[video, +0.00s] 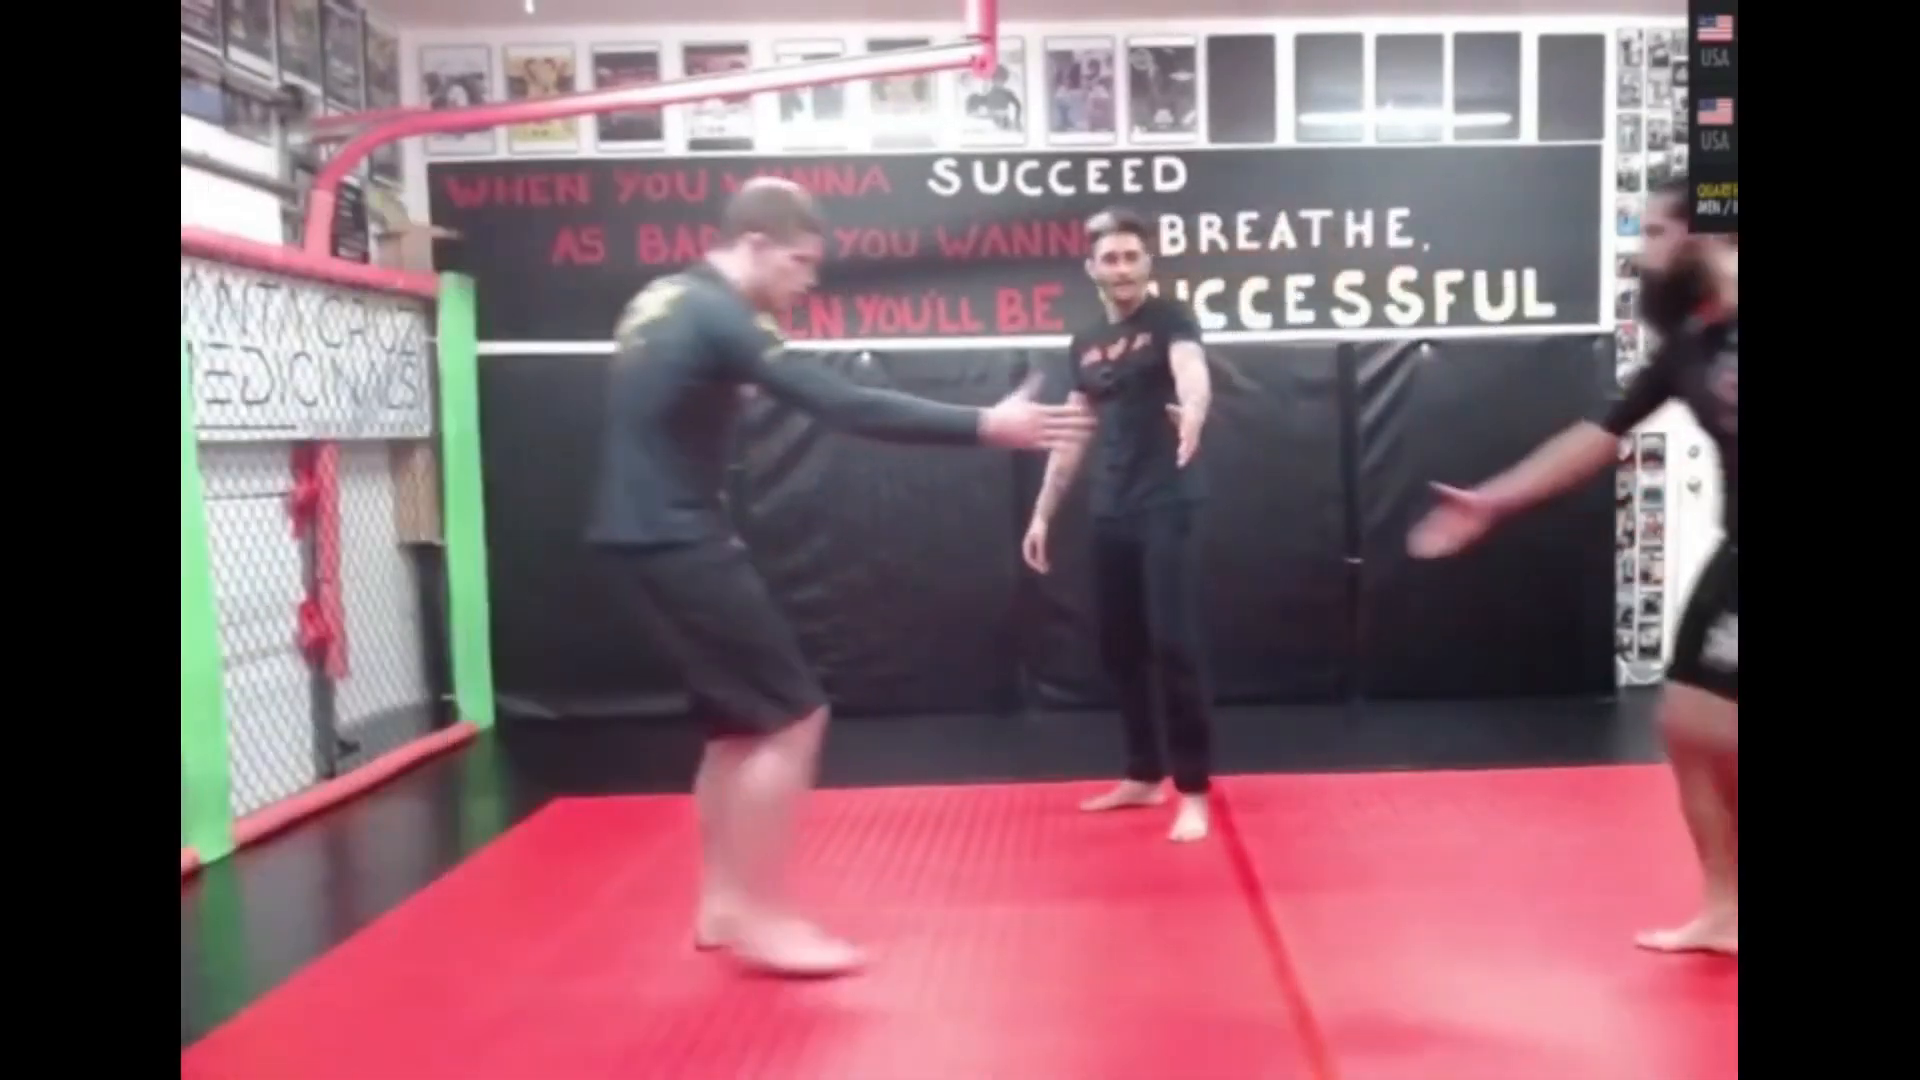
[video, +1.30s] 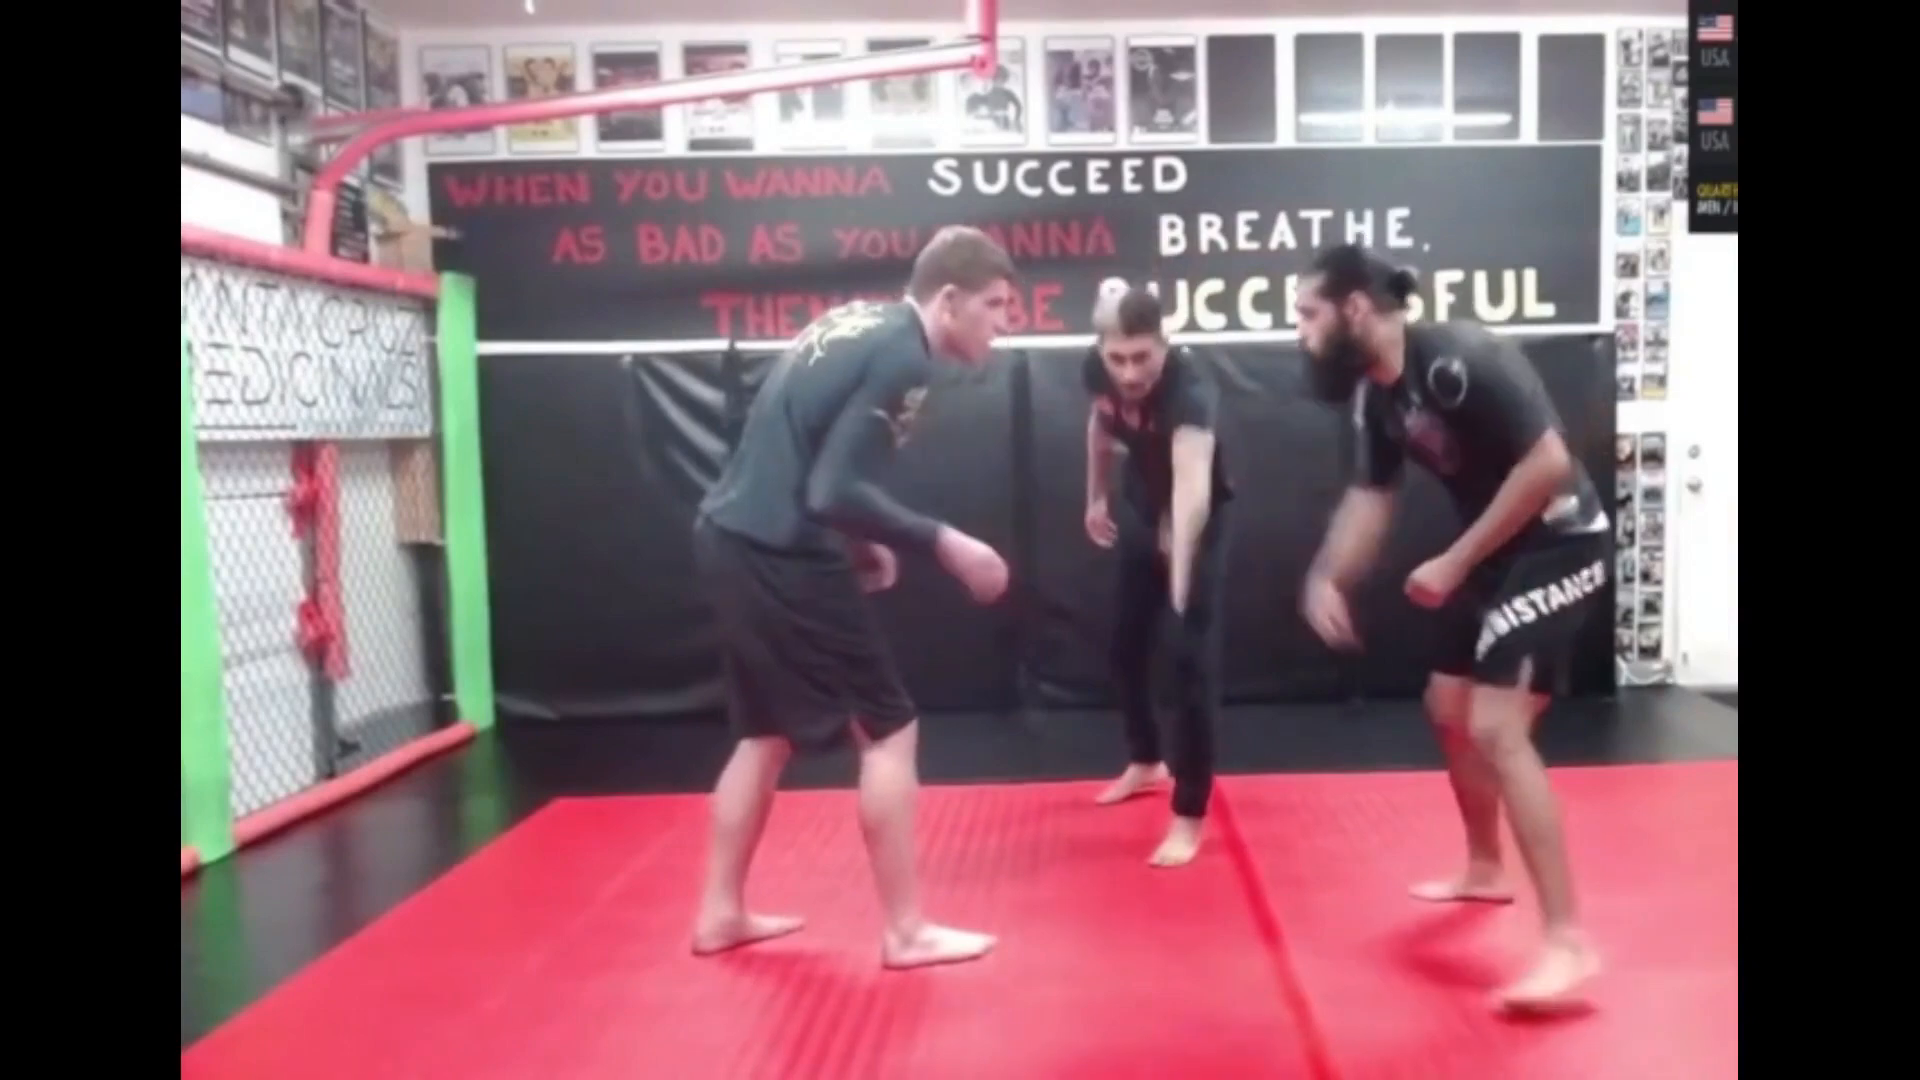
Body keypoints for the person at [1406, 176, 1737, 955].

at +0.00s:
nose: (1641, 250)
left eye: (1656, 232)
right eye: (1643, 232)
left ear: (1706, 241)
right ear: (1692, 246)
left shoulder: (1713, 344)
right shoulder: (1691, 347)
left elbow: (1599, 435)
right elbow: (1600, 435)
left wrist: (1485, 501)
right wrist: (1486, 500)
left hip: (1733, 555)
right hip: (1732, 552)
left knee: (1696, 720)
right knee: (1690, 719)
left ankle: (1724, 905)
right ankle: (1722, 906)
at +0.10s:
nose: (1590, 247)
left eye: (1605, 229)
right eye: (1589, 231)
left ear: (1663, 226)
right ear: (1628, 233)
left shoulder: (1726, 311)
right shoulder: (1633, 336)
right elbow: (1546, 425)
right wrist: (1427, 485)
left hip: (1729, 555)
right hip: (1701, 552)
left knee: (1644, 713)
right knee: (1652, 718)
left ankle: (1716, 903)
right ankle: (1719, 904)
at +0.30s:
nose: (1518, 253)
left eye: (1533, 235)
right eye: (1516, 238)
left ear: (1590, 234)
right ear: (1547, 245)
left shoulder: (1674, 327)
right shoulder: (1559, 340)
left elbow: (1733, 412)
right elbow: (1464, 421)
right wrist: (1340, 470)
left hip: (1678, 560)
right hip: (1624, 560)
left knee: (1553, 729)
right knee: (1612, 742)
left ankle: (1458, 923)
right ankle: (1716, 905)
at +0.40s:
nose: (1446, 271)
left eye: (1459, 254)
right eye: (1444, 255)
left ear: (1513, 253)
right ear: (1490, 259)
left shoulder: (1599, 348)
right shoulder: (1483, 358)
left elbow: (1692, 458)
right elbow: (1382, 435)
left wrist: (1694, 602)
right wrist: (1267, 468)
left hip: (1601, 577)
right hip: (1557, 574)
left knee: (1468, 733)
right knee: (1527, 744)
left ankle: (1445, 932)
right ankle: (1671, 868)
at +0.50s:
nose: (1380, 276)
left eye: (1391, 259)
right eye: (1380, 260)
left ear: (1445, 255)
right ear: (1431, 258)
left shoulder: (1540, 339)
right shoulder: (1429, 355)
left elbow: (1620, 455)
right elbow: (1354, 443)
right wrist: (1238, 489)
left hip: (1564, 567)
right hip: (1516, 565)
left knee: (1460, 731)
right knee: (1489, 727)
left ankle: (1446, 933)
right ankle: (1594, 858)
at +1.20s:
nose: (1303, 321)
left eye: (1311, 303)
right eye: (1301, 305)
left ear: (1362, 297)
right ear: (1355, 302)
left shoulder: (1464, 348)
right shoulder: (1377, 383)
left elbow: (1551, 448)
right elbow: (1352, 478)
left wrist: (1468, 551)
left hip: (1558, 536)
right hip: (1494, 542)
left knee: (1487, 720)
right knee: (1452, 706)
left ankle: (1549, 932)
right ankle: (1488, 867)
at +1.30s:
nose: (1302, 332)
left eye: (1310, 315)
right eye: (1300, 316)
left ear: (1358, 306)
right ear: (1355, 310)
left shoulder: (1463, 355)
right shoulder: (1378, 394)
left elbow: (1550, 464)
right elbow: (1370, 497)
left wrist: (1455, 559)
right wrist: (1327, 575)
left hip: (1561, 542)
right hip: (1493, 547)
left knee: (1496, 728)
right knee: (1448, 705)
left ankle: (1566, 940)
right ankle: (1486, 868)